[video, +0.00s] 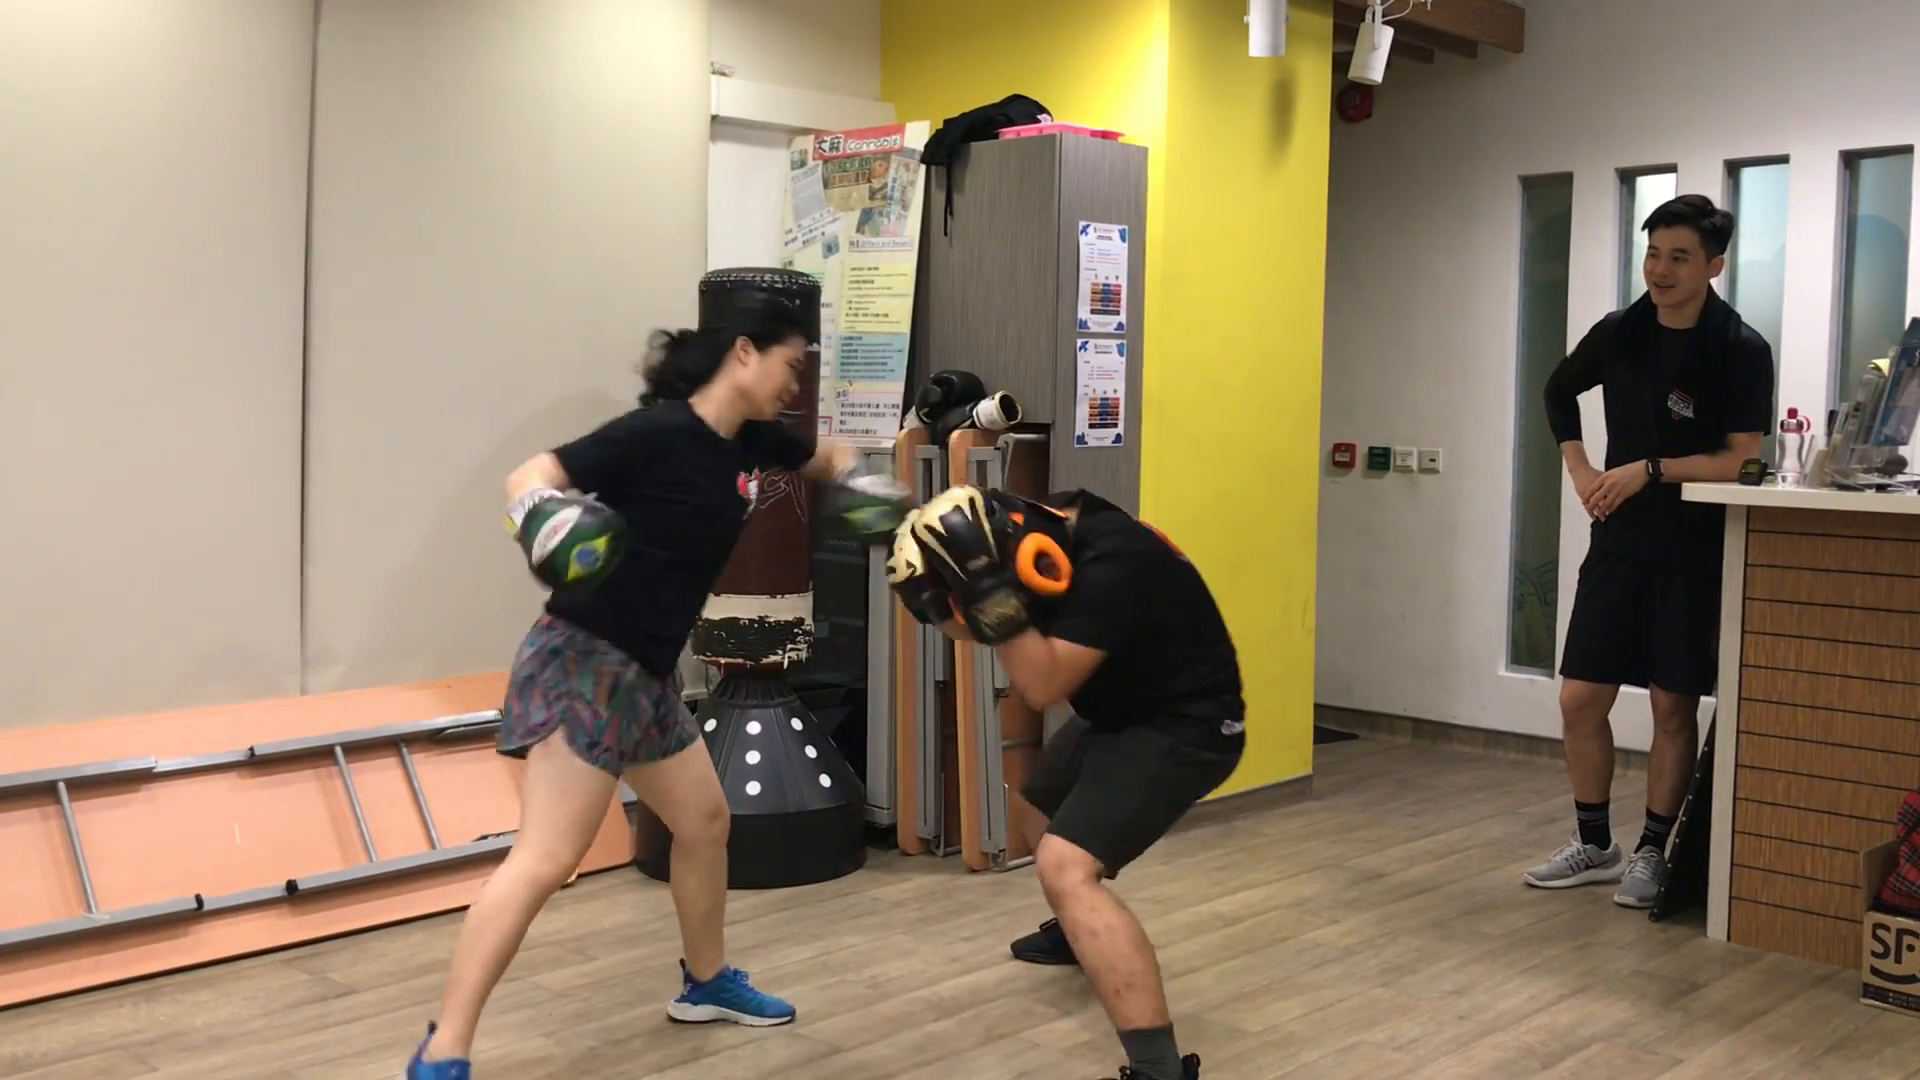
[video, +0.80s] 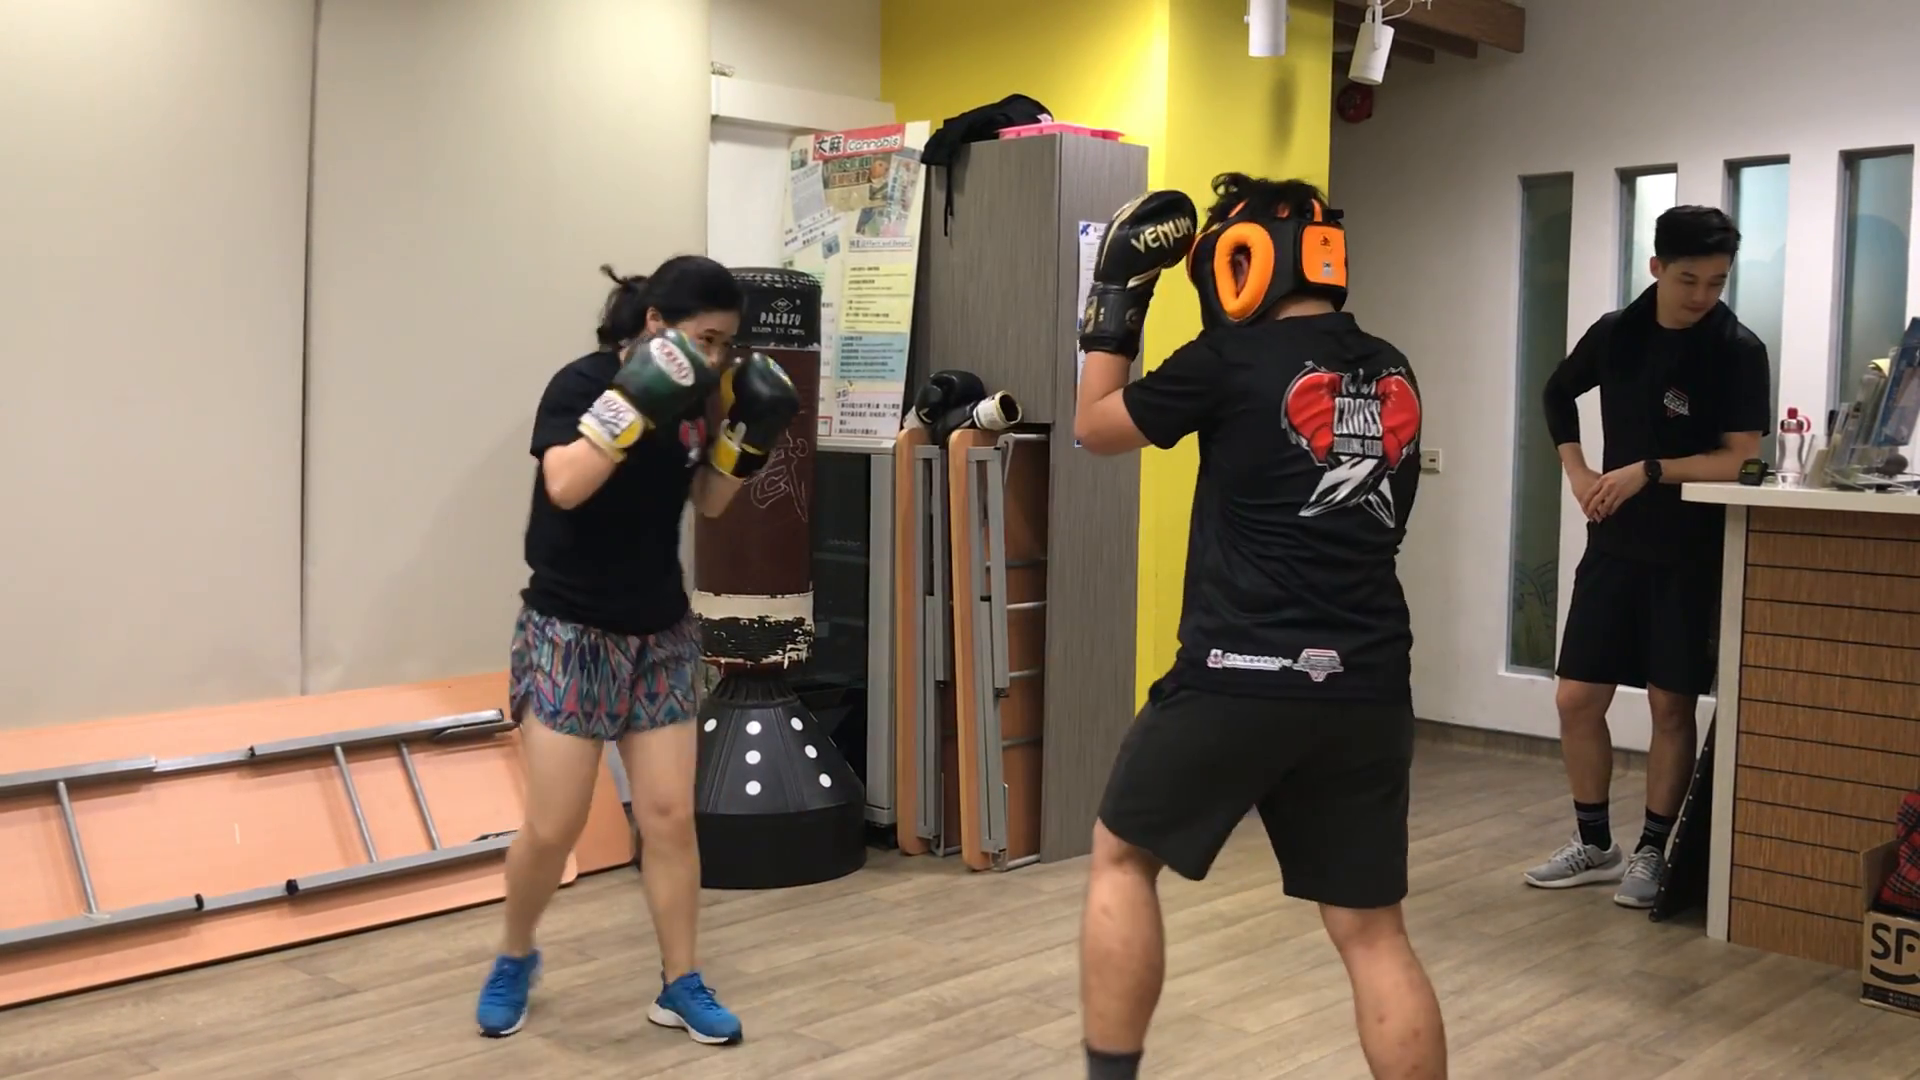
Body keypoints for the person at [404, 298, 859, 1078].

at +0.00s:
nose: (800, 384)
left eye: (804, 369)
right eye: (794, 365)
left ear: (749, 360)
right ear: (743, 355)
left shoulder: (750, 438)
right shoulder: (656, 433)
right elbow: (527, 477)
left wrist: (861, 473)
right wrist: (548, 515)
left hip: (646, 673)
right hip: (583, 660)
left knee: (705, 823)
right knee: (546, 858)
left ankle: (705, 981)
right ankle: (443, 1054)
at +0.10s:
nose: (813, 394)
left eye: (818, 379)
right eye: (808, 377)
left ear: (761, 367)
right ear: (761, 365)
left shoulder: (727, 442)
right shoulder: (710, 430)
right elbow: (649, 491)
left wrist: (749, 536)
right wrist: (711, 530)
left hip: (641, 659)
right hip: (598, 653)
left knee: (693, 807)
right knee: (548, 842)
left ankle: (705, 978)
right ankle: (415, 1015)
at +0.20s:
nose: (804, 413)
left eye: (811, 399)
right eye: (801, 393)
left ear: (750, 376)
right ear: (754, 370)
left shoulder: (692, 422)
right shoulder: (721, 427)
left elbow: (670, 530)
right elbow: (780, 497)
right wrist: (880, 504)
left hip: (647, 657)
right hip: (588, 648)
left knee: (689, 811)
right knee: (536, 834)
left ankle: (704, 978)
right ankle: (407, 985)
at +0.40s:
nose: (750, 395)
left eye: (757, 382)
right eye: (744, 376)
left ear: (703, 361)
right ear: (697, 351)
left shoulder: (667, 405)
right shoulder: (659, 407)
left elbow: (689, 490)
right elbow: (736, 507)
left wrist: (746, 456)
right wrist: (790, 469)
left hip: (638, 641)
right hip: (567, 640)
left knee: (673, 810)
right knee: (559, 834)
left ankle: (700, 977)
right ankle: (496, 961)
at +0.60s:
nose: (685, 391)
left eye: (694, 379)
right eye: (682, 375)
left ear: (645, 364)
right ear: (642, 359)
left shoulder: (627, 428)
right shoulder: (578, 424)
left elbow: (657, 521)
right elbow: (651, 528)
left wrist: (705, 456)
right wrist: (680, 445)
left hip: (625, 654)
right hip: (548, 661)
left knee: (701, 803)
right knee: (542, 842)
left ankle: (707, 975)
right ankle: (490, 972)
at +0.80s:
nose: (712, 357)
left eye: (724, 344)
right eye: (701, 339)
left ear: (728, 345)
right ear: (652, 324)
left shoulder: (698, 400)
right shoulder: (583, 385)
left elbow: (709, 502)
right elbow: (564, 486)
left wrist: (749, 431)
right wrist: (633, 399)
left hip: (659, 630)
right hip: (567, 629)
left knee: (671, 815)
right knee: (550, 832)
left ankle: (681, 981)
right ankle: (515, 956)